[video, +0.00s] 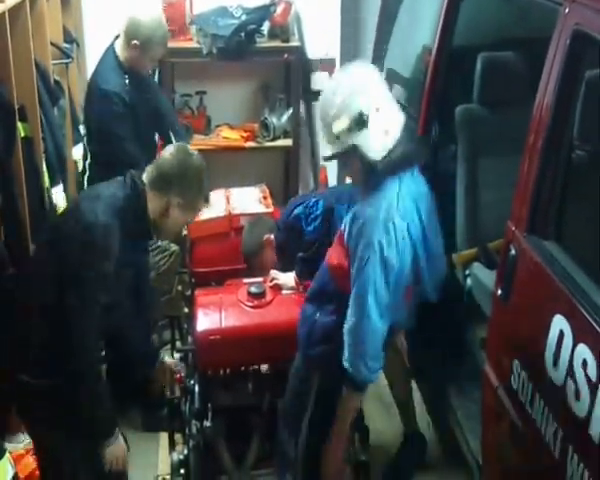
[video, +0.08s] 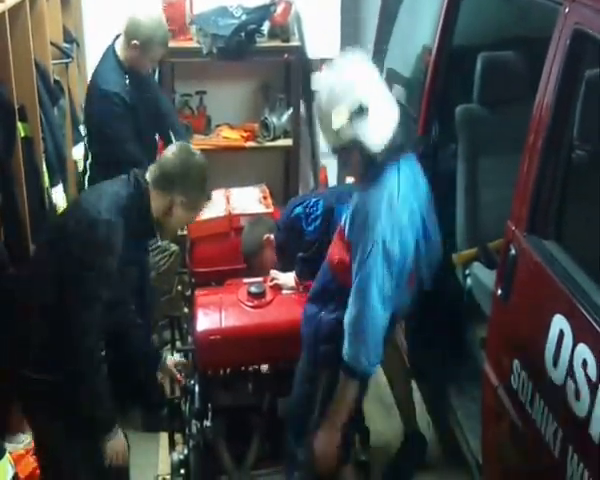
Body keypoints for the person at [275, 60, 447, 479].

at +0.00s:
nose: (339, 162)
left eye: (342, 150)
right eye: (337, 151)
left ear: (358, 147)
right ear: (387, 127)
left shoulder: (378, 221)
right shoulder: (409, 181)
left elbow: (365, 345)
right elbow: (432, 280)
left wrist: (338, 442)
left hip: (333, 346)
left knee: (304, 442)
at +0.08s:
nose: (337, 153)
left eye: (341, 143)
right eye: (335, 143)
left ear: (356, 135)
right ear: (377, 120)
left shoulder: (380, 213)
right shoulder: (404, 169)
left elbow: (367, 324)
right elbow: (428, 254)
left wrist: (334, 424)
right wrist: (391, 310)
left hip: (338, 328)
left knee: (311, 435)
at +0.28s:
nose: (306, 94)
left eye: (313, 79)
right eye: (309, 79)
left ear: (333, 86)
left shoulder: (383, 170)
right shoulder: (345, 155)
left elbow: (371, 306)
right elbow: (328, 253)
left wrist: (310, 411)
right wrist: (274, 325)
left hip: (389, 345)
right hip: (354, 334)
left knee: (379, 457)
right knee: (353, 449)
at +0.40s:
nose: (323, 183)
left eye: (334, 169)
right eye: (316, 169)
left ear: (358, 156)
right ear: (307, 160)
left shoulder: (380, 212)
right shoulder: (329, 208)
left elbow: (371, 349)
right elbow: (294, 291)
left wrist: (300, 440)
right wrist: (242, 361)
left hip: (400, 382)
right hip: (358, 369)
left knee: (390, 470)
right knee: (348, 468)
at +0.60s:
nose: (334, 152)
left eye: (343, 139)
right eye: (326, 139)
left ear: (367, 130)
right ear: (317, 135)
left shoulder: (399, 191)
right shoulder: (325, 190)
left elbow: (406, 312)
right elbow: (304, 290)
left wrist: (367, 433)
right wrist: (264, 368)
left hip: (395, 348)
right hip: (345, 351)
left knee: (394, 464)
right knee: (339, 455)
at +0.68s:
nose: (340, 141)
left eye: (348, 128)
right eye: (331, 129)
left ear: (373, 115)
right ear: (320, 124)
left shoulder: (410, 174)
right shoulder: (327, 183)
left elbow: (422, 292)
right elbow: (310, 284)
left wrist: (402, 415)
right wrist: (283, 367)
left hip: (398, 352)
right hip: (341, 355)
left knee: (388, 462)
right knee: (336, 457)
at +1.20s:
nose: (324, 143)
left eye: (329, 130)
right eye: (319, 131)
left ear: (358, 119)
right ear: (319, 125)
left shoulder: (415, 177)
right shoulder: (344, 170)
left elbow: (424, 318)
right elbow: (326, 275)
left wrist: (365, 410)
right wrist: (285, 350)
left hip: (402, 359)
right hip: (353, 352)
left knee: (386, 468)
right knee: (332, 457)